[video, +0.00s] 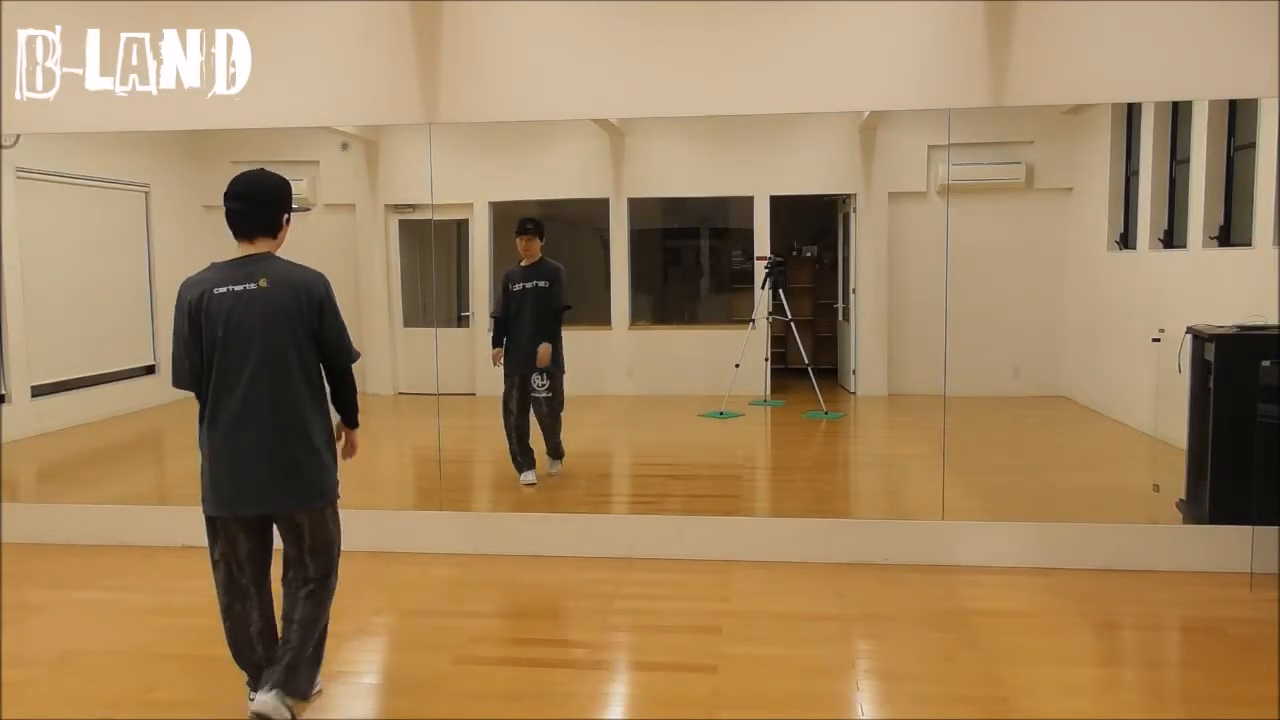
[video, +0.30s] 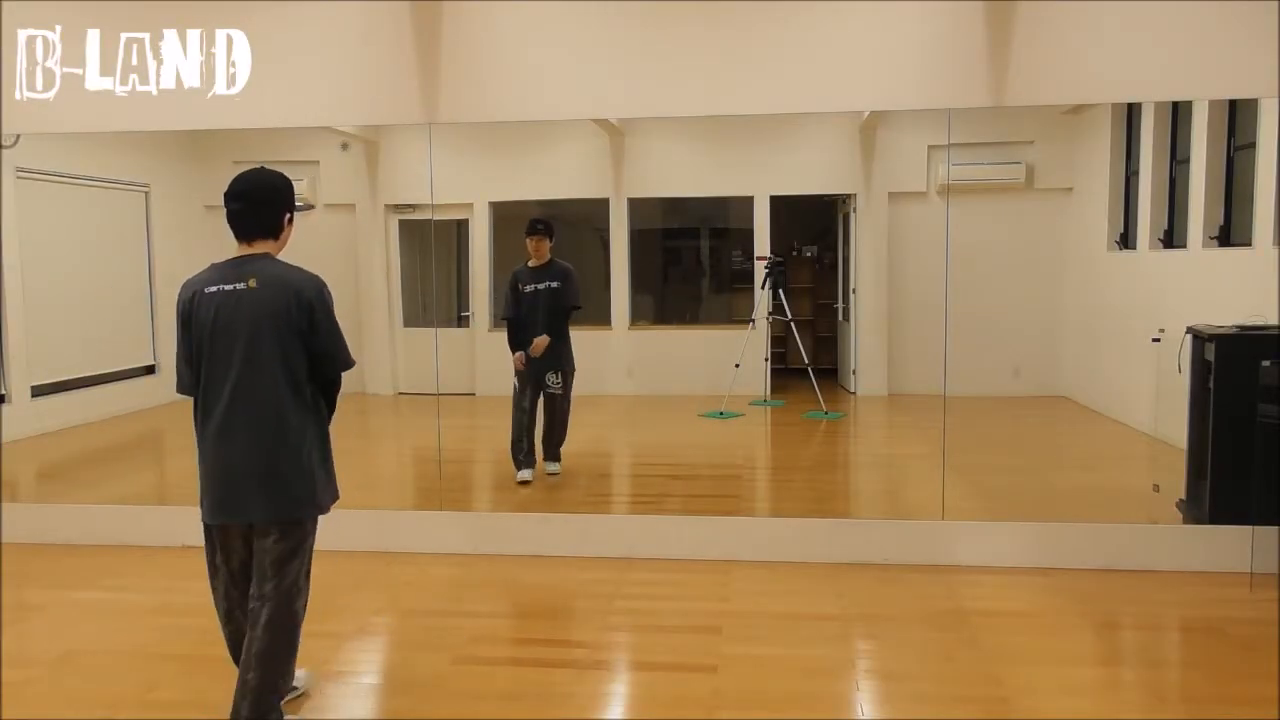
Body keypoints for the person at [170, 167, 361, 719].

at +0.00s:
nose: (290, 222)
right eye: (289, 215)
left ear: (230, 222)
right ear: (284, 222)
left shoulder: (196, 289)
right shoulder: (309, 284)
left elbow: (190, 377)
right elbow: (339, 363)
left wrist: (232, 399)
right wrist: (349, 419)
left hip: (229, 467)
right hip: (300, 463)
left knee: (239, 578)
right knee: (311, 569)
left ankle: (265, 680)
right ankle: (281, 687)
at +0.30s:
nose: (293, 224)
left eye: (290, 215)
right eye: (293, 216)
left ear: (232, 222)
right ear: (286, 222)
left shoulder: (196, 290)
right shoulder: (305, 288)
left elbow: (191, 382)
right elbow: (328, 380)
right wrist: (307, 434)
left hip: (220, 476)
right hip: (290, 473)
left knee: (233, 590)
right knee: (275, 599)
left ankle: (271, 681)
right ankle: (254, 711)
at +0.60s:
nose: (295, 231)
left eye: (295, 223)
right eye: (295, 223)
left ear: (234, 226)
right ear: (287, 229)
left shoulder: (188, 290)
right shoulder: (298, 297)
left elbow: (176, 385)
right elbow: (314, 398)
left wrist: (209, 451)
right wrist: (326, 477)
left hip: (212, 482)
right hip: (277, 484)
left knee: (230, 593)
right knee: (273, 602)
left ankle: (225, 694)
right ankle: (258, 710)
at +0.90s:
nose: (285, 227)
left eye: (287, 220)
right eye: (286, 219)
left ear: (222, 215)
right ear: (276, 217)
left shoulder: (176, 268)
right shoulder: (286, 279)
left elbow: (171, 355)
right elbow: (305, 381)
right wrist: (326, 454)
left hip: (197, 472)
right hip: (269, 472)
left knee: (204, 597)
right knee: (269, 597)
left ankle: (213, 708)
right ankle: (260, 711)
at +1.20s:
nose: (274, 225)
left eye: (272, 217)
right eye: (274, 218)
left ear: (212, 225)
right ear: (267, 224)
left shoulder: (176, 289)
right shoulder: (293, 289)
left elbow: (169, 380)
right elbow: (304, 385)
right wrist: (314, 447)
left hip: (183, 477)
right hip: (261, 475)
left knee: (195, 607)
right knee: (261, 601)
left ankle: (210, 711)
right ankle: (259, 711)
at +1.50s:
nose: (295, 311)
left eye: (297, 308)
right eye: (298, 306)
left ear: (243, 285)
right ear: (290, 297)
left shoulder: (185, 314)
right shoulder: (290, 321)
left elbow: (165, 416)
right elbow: (306, 416)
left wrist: (148, 498)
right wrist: (323, 500)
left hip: (178, 479)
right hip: (248, 471)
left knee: (199, 614)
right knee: (299, 554)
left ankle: (217, 711)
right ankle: (264, 649)